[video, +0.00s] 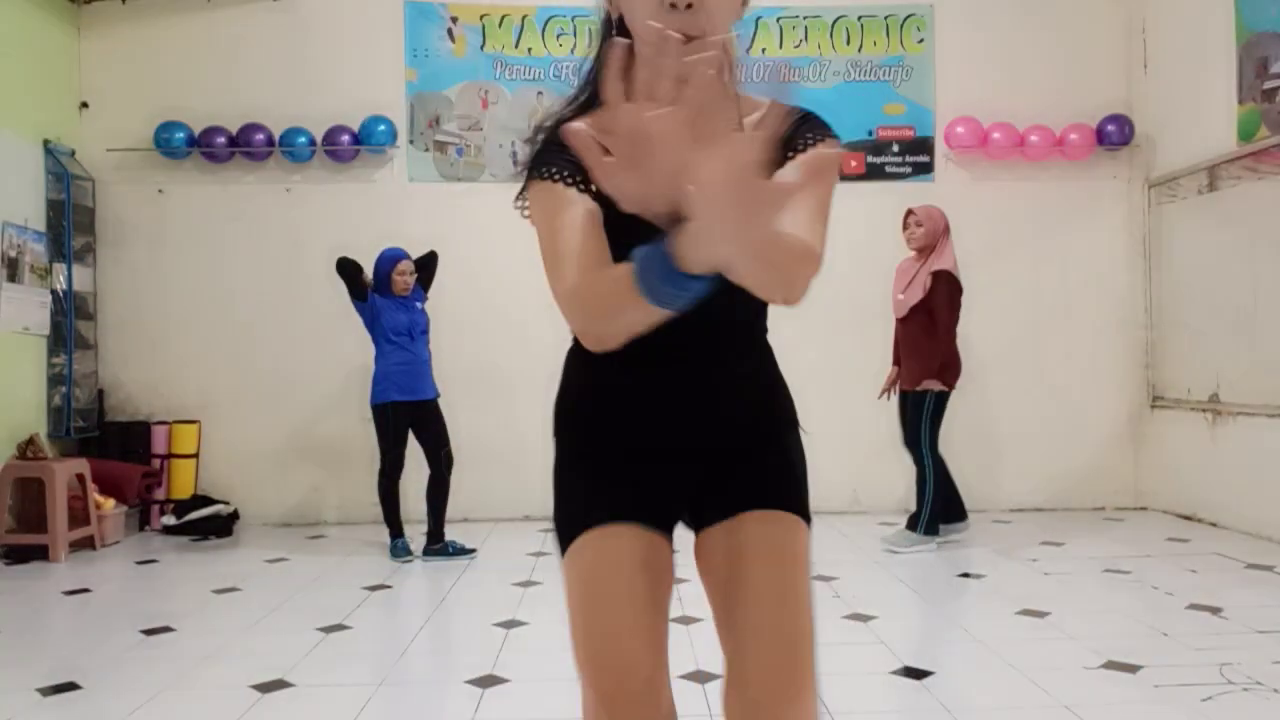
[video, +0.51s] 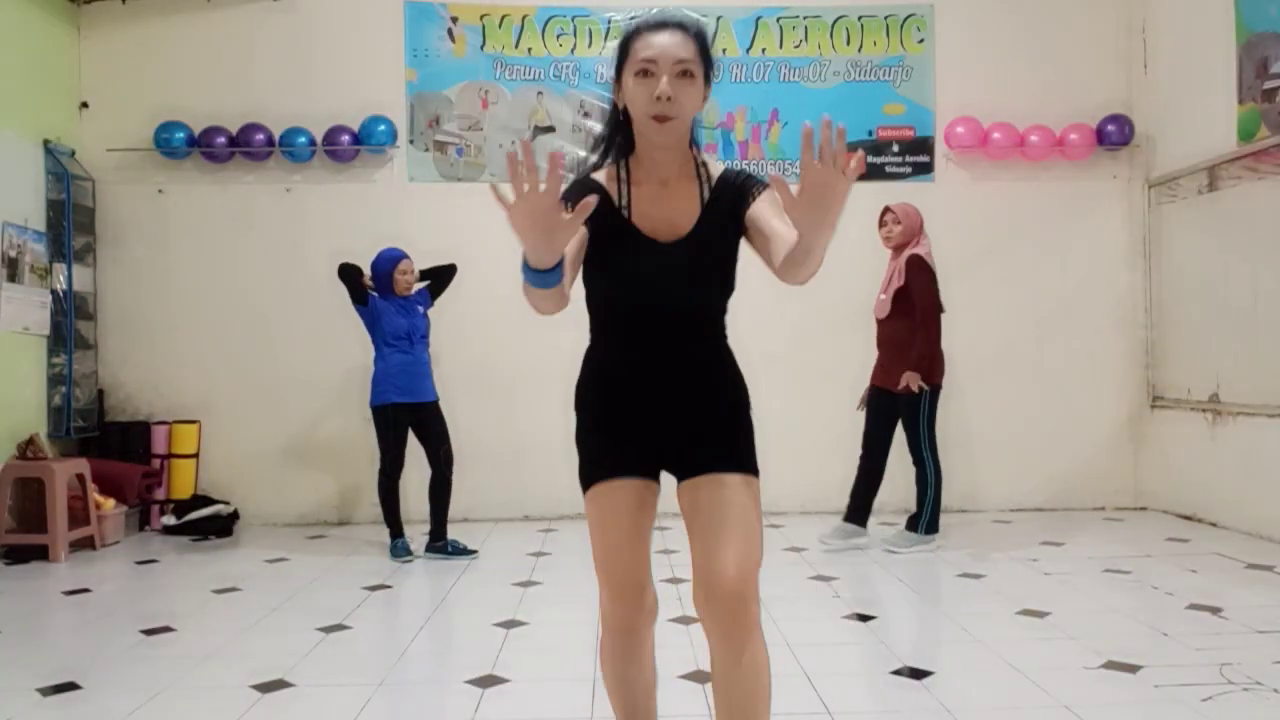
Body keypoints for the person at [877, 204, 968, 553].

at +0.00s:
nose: (911, 231)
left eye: (918, 226)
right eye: (907, 227)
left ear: (937, 231)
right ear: (905, 234)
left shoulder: (943, 274)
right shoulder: (909, 271)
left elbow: (945, 329)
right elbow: (903, 323)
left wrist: (935, 373)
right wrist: (896, 366)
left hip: (936, 373)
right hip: (911, 371)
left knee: (924, 445)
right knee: (914, 442)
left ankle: (923, 528)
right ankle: (952, 514)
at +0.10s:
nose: (907, 232)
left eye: (914, 226)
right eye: (904, 228)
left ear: (933, 231)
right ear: (902, 235)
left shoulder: (940, 275)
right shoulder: (907, 273)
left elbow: (941, 330)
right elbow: (904, 327)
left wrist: (928, 374)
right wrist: (894, 369)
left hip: (933, 375)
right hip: (907, 373)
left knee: (919, 444)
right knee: (900, 441)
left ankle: (923, 527)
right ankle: (945, 507)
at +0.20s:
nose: (902, 235)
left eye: (909, 229)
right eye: (899, 230)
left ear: (928, 234)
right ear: (897, 238)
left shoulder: (935, 279)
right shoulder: (904, 276)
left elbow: (937, 336)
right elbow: (906, 335)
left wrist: (921, 377)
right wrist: (893, 376)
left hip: (926, 380)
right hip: (900, 377)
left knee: (913, 448)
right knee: (878, 440)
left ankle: (920, 529)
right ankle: (930, 502)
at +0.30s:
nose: (896, 231)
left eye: (903, 226)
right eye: (893, 227)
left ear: (923, 231)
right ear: (892, 235)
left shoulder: (929, 276)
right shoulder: (903, 272)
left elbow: (933, 332)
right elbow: (906, 327)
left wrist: (918, 376)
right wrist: (896, 368)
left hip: (924, 378)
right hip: (897, 373)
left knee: (913, 448)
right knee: (868, 435)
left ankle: (921, 530)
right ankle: (906, 511)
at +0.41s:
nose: (892, 228)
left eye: (899, 222)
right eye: (889, 223)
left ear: (918, 227)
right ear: (886, 231)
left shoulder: (922, 267)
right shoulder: (900, 265)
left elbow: (931, 322)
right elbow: (903, 320)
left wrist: (917, 371)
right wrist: (893, 364)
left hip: (920, 373)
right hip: (892, 369)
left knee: (920, 449)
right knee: (870, 435)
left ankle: (923, 529)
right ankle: (878, 521)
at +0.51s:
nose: (887, 228)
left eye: (895, 223)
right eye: (884, 224)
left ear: (912, 228)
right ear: (881, 232)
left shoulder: (916, 263)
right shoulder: (895, 267)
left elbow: (929, 318)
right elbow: (892, 334)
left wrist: (916, 367)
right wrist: (875, 383)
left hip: (916, 377)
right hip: (888, 376)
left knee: (923, 452)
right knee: (873, 450)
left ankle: (923, 528)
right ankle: (854, 522)